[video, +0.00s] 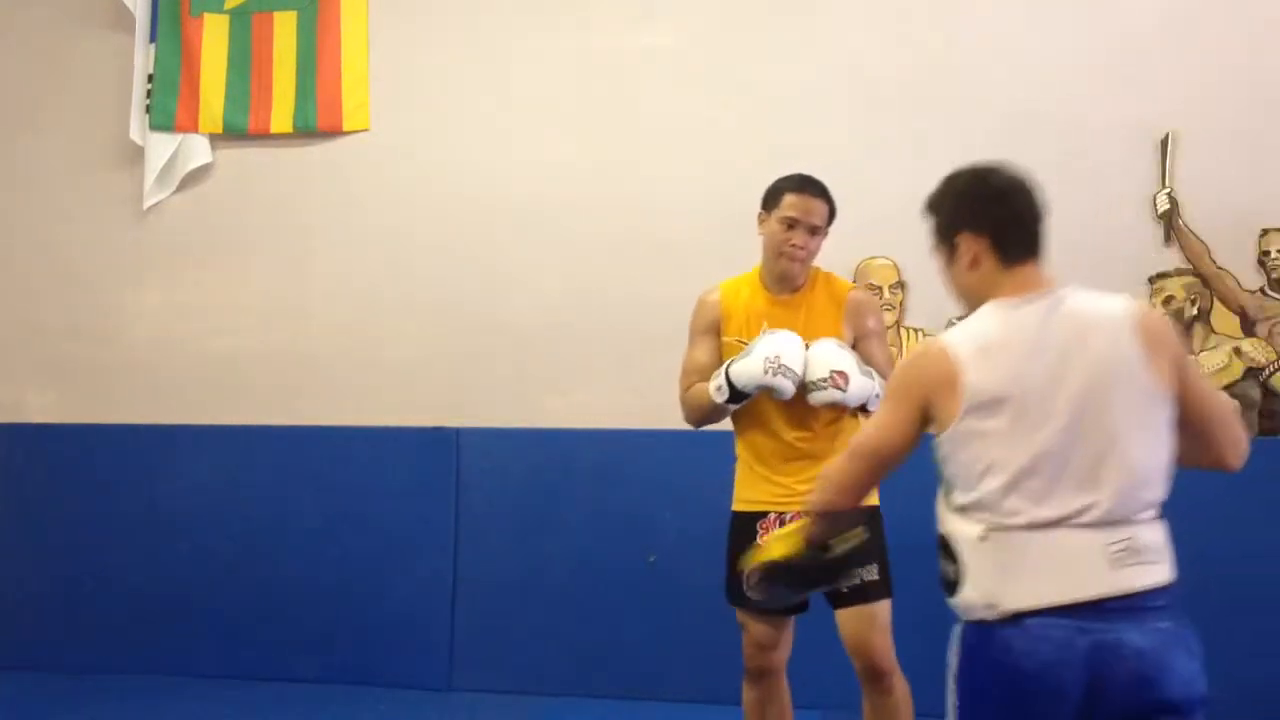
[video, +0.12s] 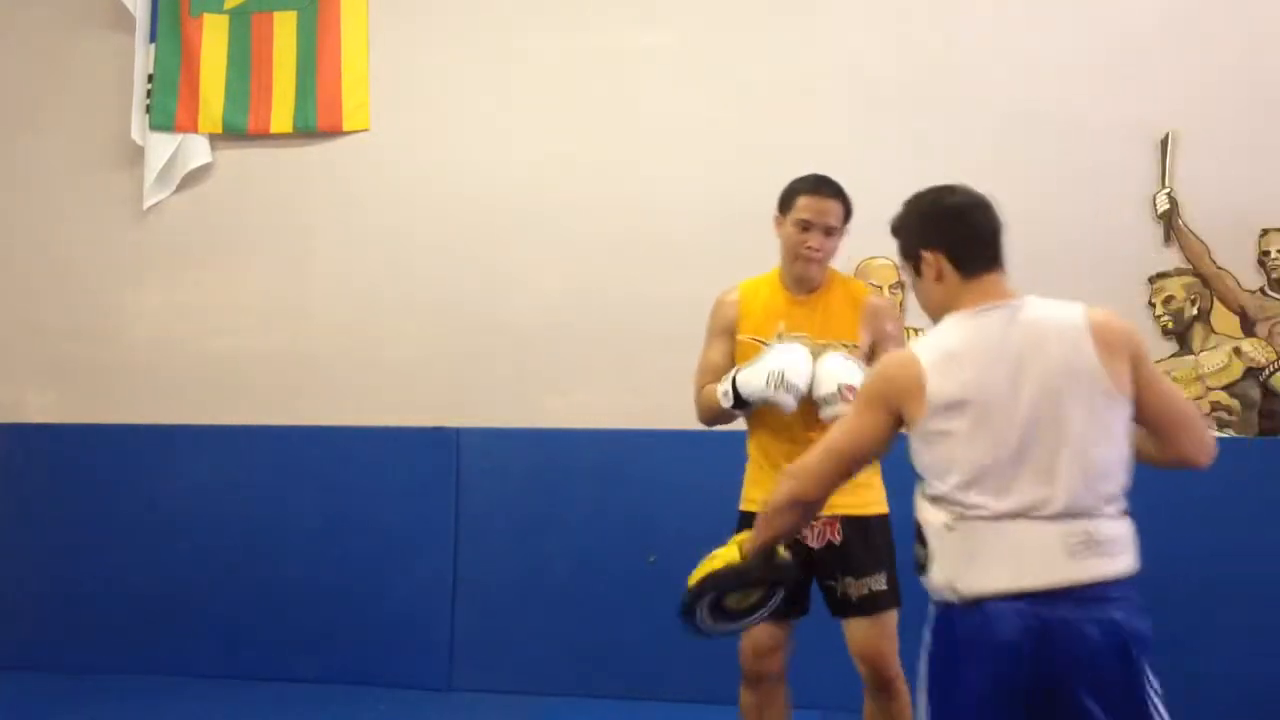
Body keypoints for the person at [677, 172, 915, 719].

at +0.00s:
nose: (800, 240)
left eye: (814, 231)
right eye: (790, 225)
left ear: (824, 239)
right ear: (762, 222)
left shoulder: (853, 304)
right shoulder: (719, 305)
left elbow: (891, 397)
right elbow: (692, 409)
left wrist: (861, 387)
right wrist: (736, 377)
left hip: (847, 502)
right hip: (761, 504)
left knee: (875, 661)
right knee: (761, 659)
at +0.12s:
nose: (817, 242)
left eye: (830, 232)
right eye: (806, 227)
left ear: (842, 237)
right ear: (779, 225)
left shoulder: (873, 308)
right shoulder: (736, 305)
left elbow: (904, 403)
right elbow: (705, 408)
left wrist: (860, 397)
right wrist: (746, 383)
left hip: (855, 508)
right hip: (769, 507)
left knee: (880, 665)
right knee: (759, 662)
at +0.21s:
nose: (825, 247)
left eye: (838, 235)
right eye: (814, 233)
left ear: (854, 241)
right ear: (790, 233)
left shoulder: (884, 313)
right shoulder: (751, 310)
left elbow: (907, 396)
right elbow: (716, 404)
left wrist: (858, 395)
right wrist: (752, 396)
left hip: (861, 516)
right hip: (774, 514)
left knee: (886, 670)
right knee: (741, 666)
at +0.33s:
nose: (828, 246)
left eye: (841, 234)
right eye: (816, 231)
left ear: (858, 239)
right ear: (794, 231)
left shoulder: (885, 313)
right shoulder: (753, 305)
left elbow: (910, 391)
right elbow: (731, 388)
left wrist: (852, 415)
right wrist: (755, 408)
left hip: (856, 504)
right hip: (767, 501)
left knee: (875, 651)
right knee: (717, 649)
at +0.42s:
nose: (819, 247)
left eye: (832, 234)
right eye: (807, 232)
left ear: (847, 237)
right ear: (784, 229)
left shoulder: (878, 309)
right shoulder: (744, 303)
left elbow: (904, 387)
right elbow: (721, 387)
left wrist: (851, 406)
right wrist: (746, 405)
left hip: (844, 505)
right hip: (757, 502)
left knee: (867, 649)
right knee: (704, 651)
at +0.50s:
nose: (799, 251)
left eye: (812, 239)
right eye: (787, 237)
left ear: (829, 242)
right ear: (765, 238)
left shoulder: (864, 316)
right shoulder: (728, 313)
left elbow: (891, 401)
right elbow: (699, 401)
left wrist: (848, 420)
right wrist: (730, 410)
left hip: (830, 511)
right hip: (743, 509)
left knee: (863, 659)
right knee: (686, 660)